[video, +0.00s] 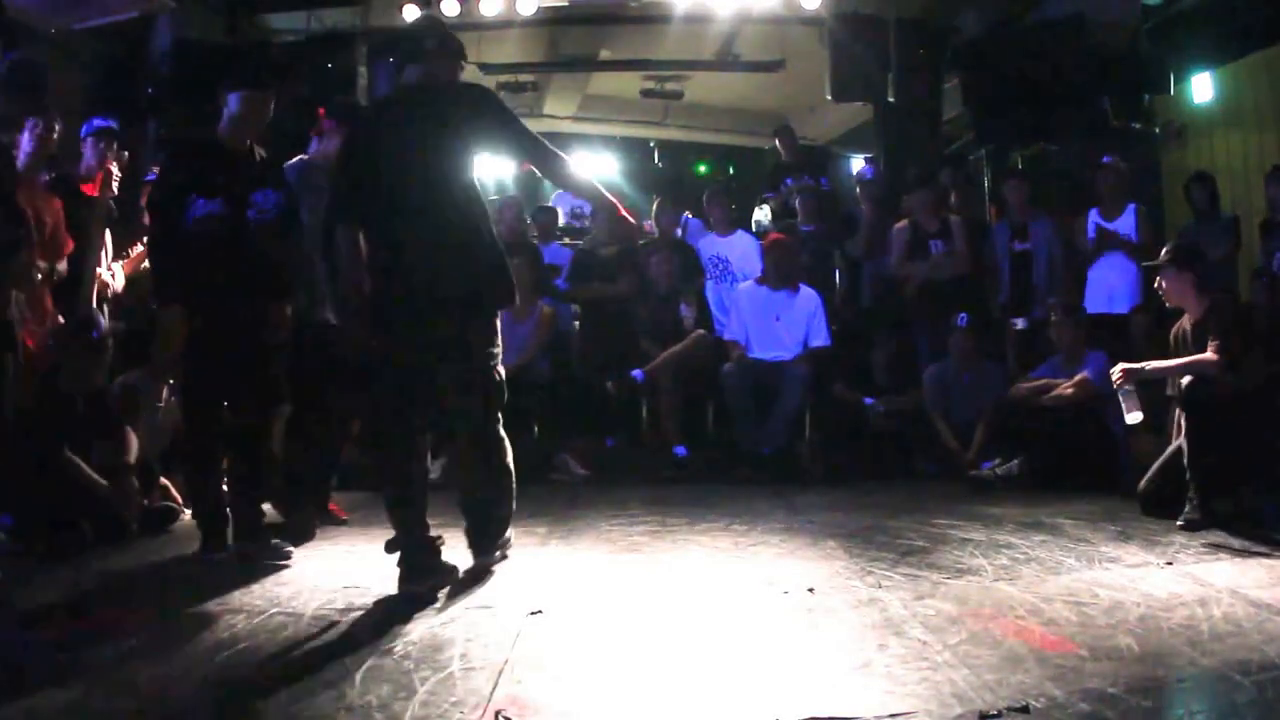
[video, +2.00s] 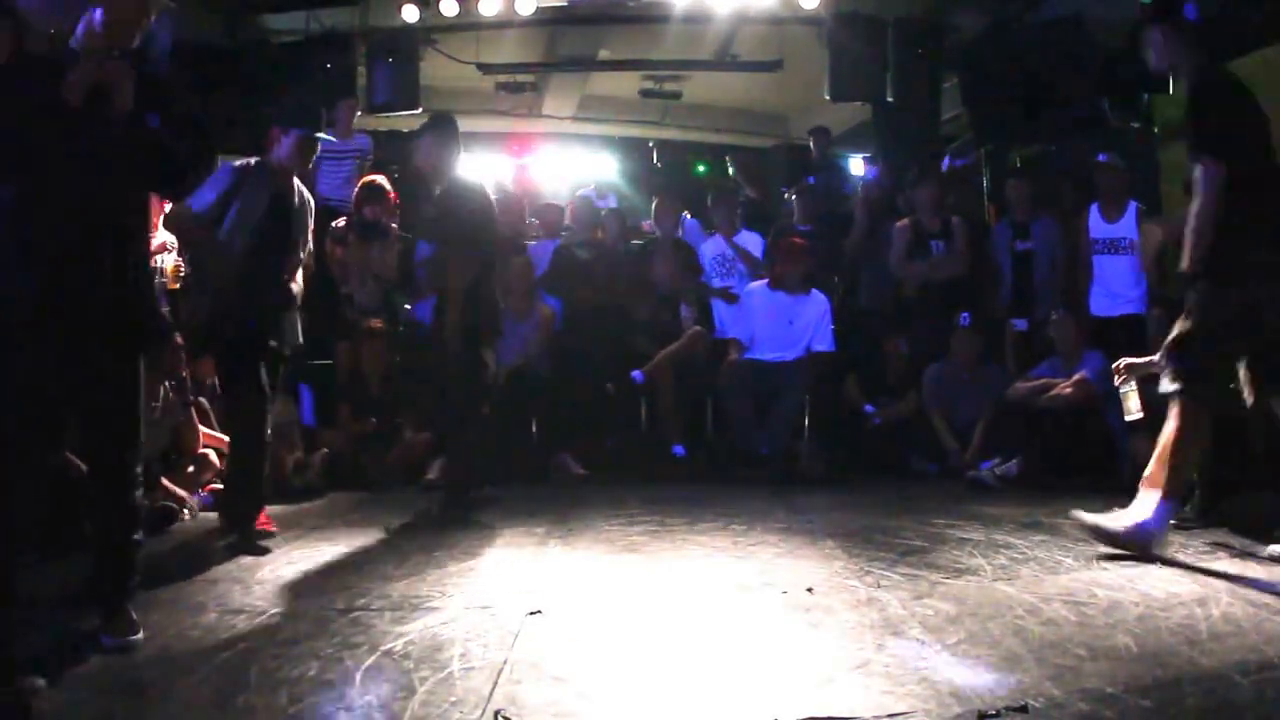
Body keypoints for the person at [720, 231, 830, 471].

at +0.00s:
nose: (778, 267)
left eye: (784, 260)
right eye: (773, 260)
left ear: (793, 263)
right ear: (765, 262)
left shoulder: (809, 297)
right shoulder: (744, 293)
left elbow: (820, 346)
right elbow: (733, 338)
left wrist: (799, 361)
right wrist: (738, 354)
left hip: (787, 361)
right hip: (754, 361)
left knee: (799, 376)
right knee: (731, 374)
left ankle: (773, 446)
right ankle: (749, 446)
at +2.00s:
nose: (793, 268)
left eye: (799, 261)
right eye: (787, 261)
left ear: (807, 265)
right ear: (775, 264)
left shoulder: (818, 302)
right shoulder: (753, 293)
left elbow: (822, 352)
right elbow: (737, 339)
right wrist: (733, 356)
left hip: (791, 364)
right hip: (755, 363)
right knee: (733, 373)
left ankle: (775, 450)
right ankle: (746, 448)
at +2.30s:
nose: (796, 269)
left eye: (800, 263)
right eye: (790, 262)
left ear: (805, 266)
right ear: (777, 264)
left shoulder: (816, 302)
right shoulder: (752, 292)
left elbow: (821, 351)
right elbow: (738, 339)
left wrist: (802, 360)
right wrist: (733, 357)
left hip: (790, 364)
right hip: (754, 363)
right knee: (730, 374)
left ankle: (778, 449)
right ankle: (747, 447)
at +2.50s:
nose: (794, 269)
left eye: (799, 263)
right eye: (788, 262)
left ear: (805, 266)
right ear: (776, 264)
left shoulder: (816, 301)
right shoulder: (753, 292)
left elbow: (821, 352)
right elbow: (740, 339)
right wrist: (733, 356)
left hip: (792, 361)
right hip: (756, 360)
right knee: (732, 376)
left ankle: (775, 450)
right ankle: (745, 448)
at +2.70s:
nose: (793, 268)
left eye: (796, 262)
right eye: (789, 260)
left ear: (802, 265)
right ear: (773, 262)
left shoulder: (805, 294)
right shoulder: (752, 292)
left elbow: (812, 339)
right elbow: (740, 338)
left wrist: (797, 305)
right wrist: (734, 355)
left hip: (791, 361)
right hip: (757, 360)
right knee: (731, 376)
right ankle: (744, 444)